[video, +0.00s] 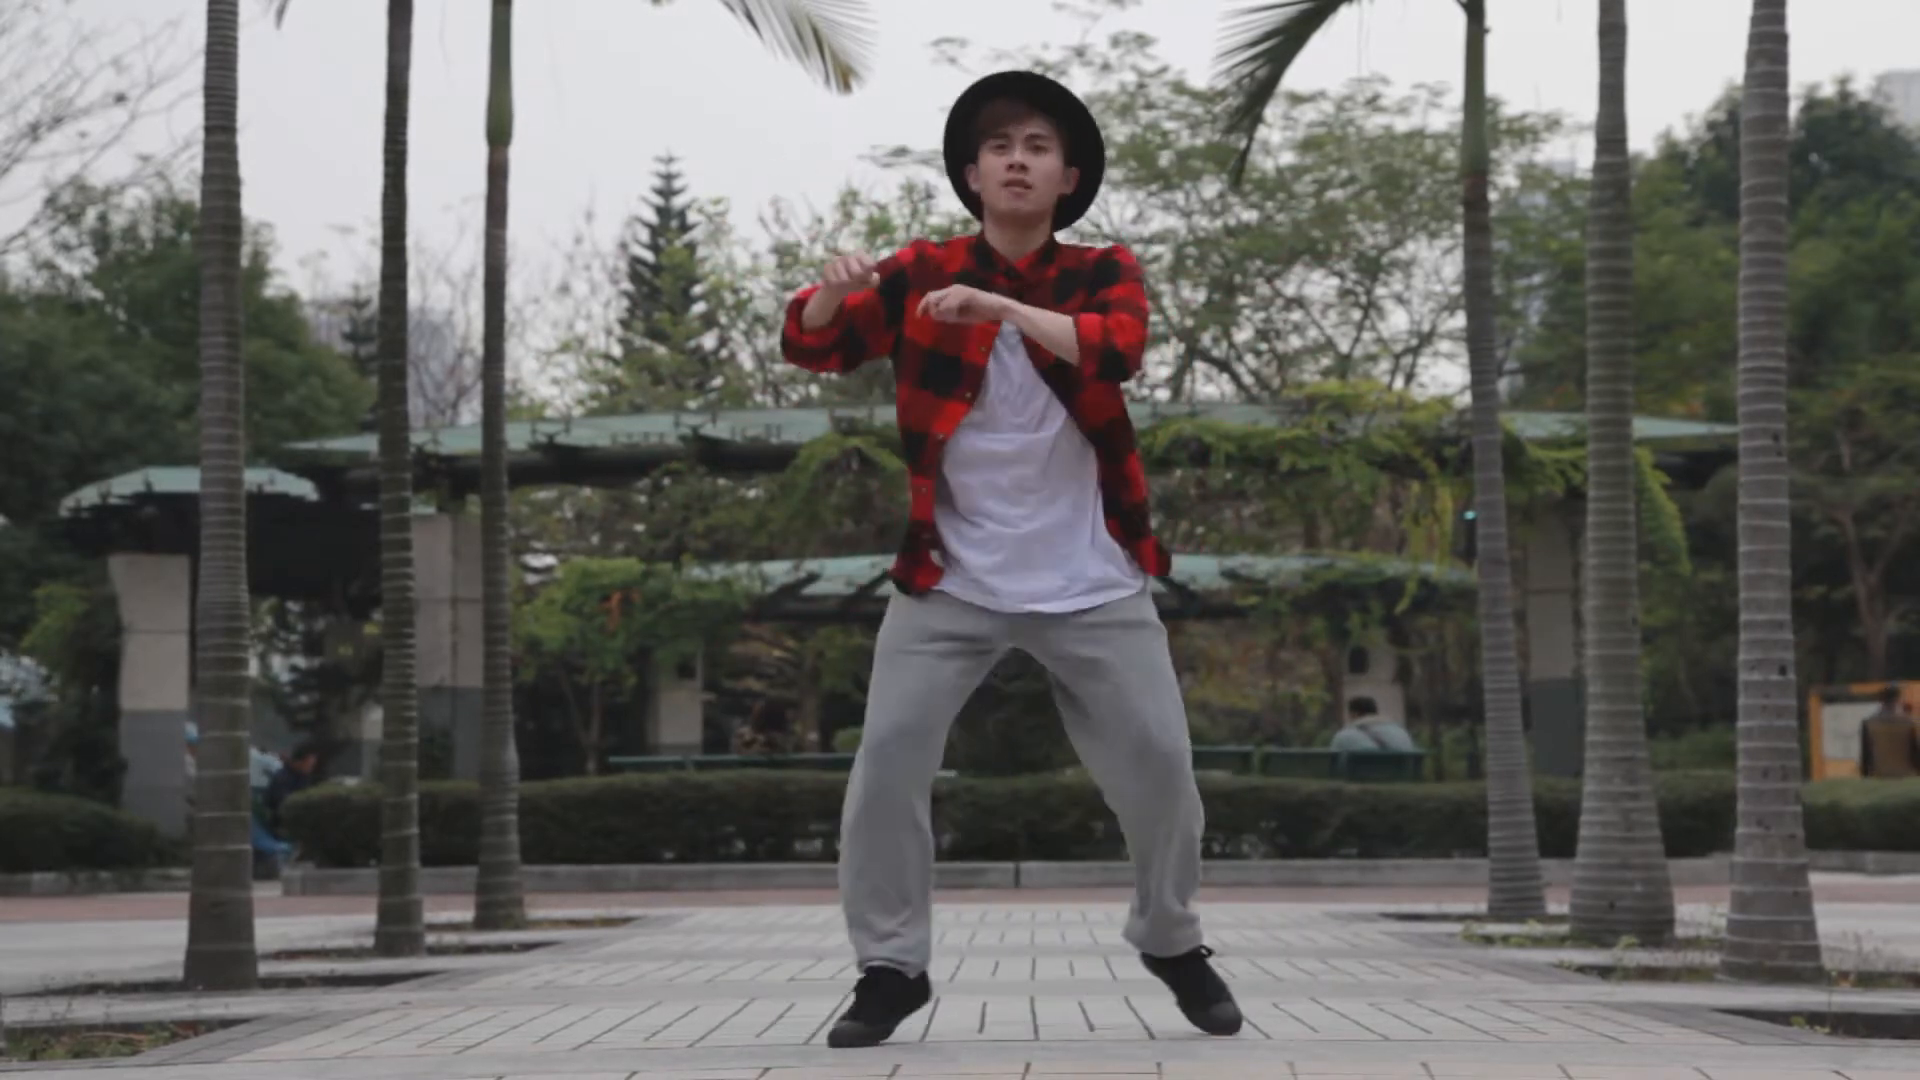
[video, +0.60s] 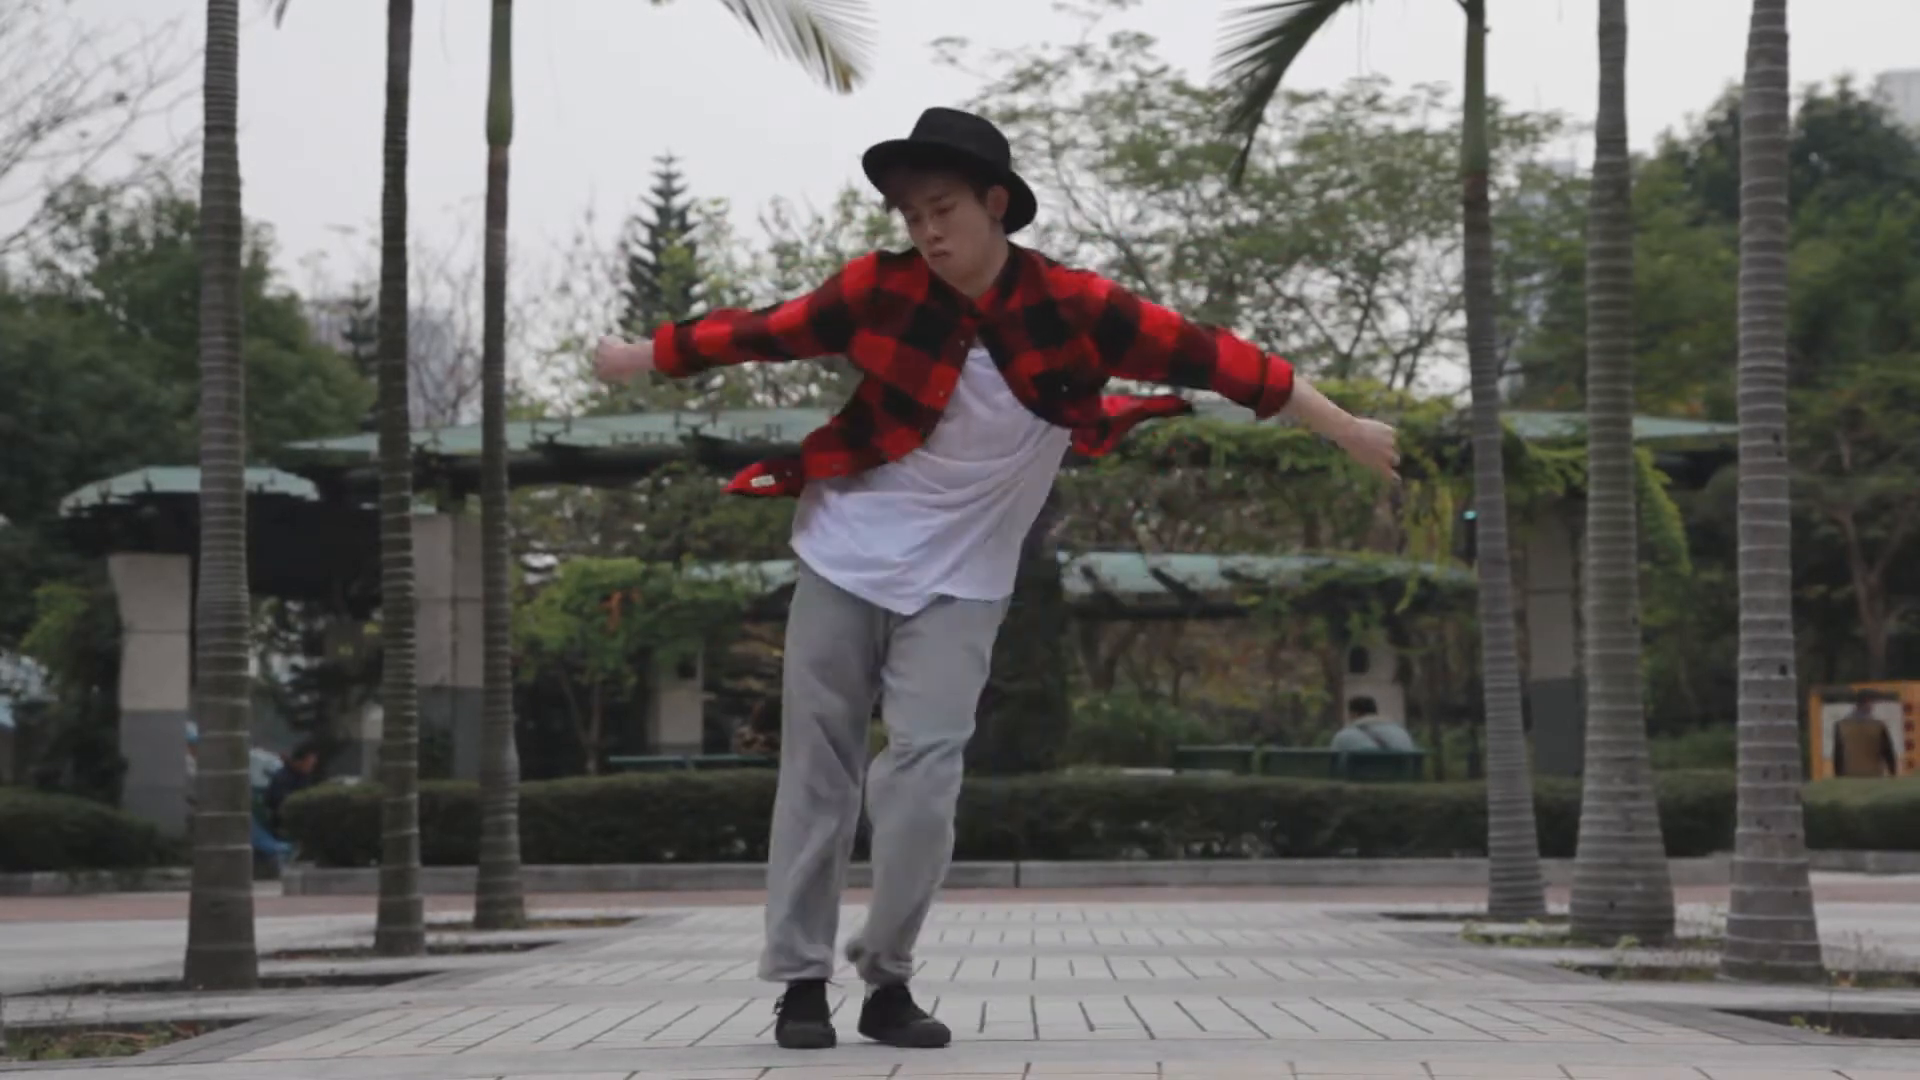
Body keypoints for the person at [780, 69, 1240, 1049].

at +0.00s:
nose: (1016, 162)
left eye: (1038, 146)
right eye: (996, 146)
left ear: (1072, 173)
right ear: (969, 171)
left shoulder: (1103, 268)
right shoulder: (925, 271)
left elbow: (1118, 350)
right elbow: (810, 344)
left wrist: (1000, 309)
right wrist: (826, 294)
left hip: (1094, 580)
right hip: (951, 580)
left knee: (1162, 768)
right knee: (886, 757)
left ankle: (1170, 940)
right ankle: (891, 966)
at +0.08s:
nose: (998, 172)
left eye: (1025, 163)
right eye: (983, 152)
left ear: (1051, 198)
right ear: (949, 172)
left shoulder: (1077, 276)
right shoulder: (907, 289)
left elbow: (1107, 389)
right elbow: (849, 412)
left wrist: (981, 383)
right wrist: (886, 352)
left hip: (1098, 578)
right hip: (974, 585)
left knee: (1153, 767)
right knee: (910, 749)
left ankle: (1242, 953)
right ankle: (943, 969)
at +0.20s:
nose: (967, 254)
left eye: (993, 245)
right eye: (953, 232)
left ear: (1017, 280)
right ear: (919, 249)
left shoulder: (1041, 364)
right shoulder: (896, 389)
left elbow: (1095, 495)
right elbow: (926, 523)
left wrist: (1107, 630)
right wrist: (953, 486)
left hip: (1121, 616)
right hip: (1011, 640)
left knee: (1213, 794)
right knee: (915, 776)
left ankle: (1311, 982)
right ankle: (950, 997)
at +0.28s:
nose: (948, 270)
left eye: (973, 258)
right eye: (933, 248)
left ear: (1002, 283)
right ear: (905, 259)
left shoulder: (1039, 370)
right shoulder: (882, 388)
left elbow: (1123, 479)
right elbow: (877, 527)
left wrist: (1221, 581)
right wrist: (892, 485)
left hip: (1113, 624)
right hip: (996, 636)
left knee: (1214, 802)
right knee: (902, 779)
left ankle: (1300, 975)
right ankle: (947, 999)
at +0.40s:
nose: (938, 208)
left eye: (960, 189)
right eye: (922, 190)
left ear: (1001, 200)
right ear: (904, 201)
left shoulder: (1059, 291)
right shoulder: (870, 289)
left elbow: (1175, 359)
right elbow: (792, 349)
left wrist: (1249, 437)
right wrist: (755, 384)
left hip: (1061, 555)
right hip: (933, 567)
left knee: (1114, 741)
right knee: (898, 743)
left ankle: (1197, 916)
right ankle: (926, 962)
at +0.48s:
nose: (930, 202)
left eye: (949, 180)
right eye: (915, 185)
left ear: (999, 180)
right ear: (903, 191)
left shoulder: (1066, 267)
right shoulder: (874, 261)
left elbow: (1198, 316)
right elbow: (763, 283)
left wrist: (1289, 409)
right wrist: (682, 361)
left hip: (1021, 537)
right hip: (895, 529)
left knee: (1015, 726)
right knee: (869, 716)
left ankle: (1069, 912)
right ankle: (873, 947)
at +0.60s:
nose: (927, 231)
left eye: (943, 208)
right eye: (912, 216)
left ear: (998, 202)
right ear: (903, 223)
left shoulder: (1072, 306)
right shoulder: (877, 290)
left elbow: (1207, 353)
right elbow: (766, 330)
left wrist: (1339, 423)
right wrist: (651, 354)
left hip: (964, 574)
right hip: (846, 550)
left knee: (930, 758)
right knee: (818, 762)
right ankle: (801, 983)